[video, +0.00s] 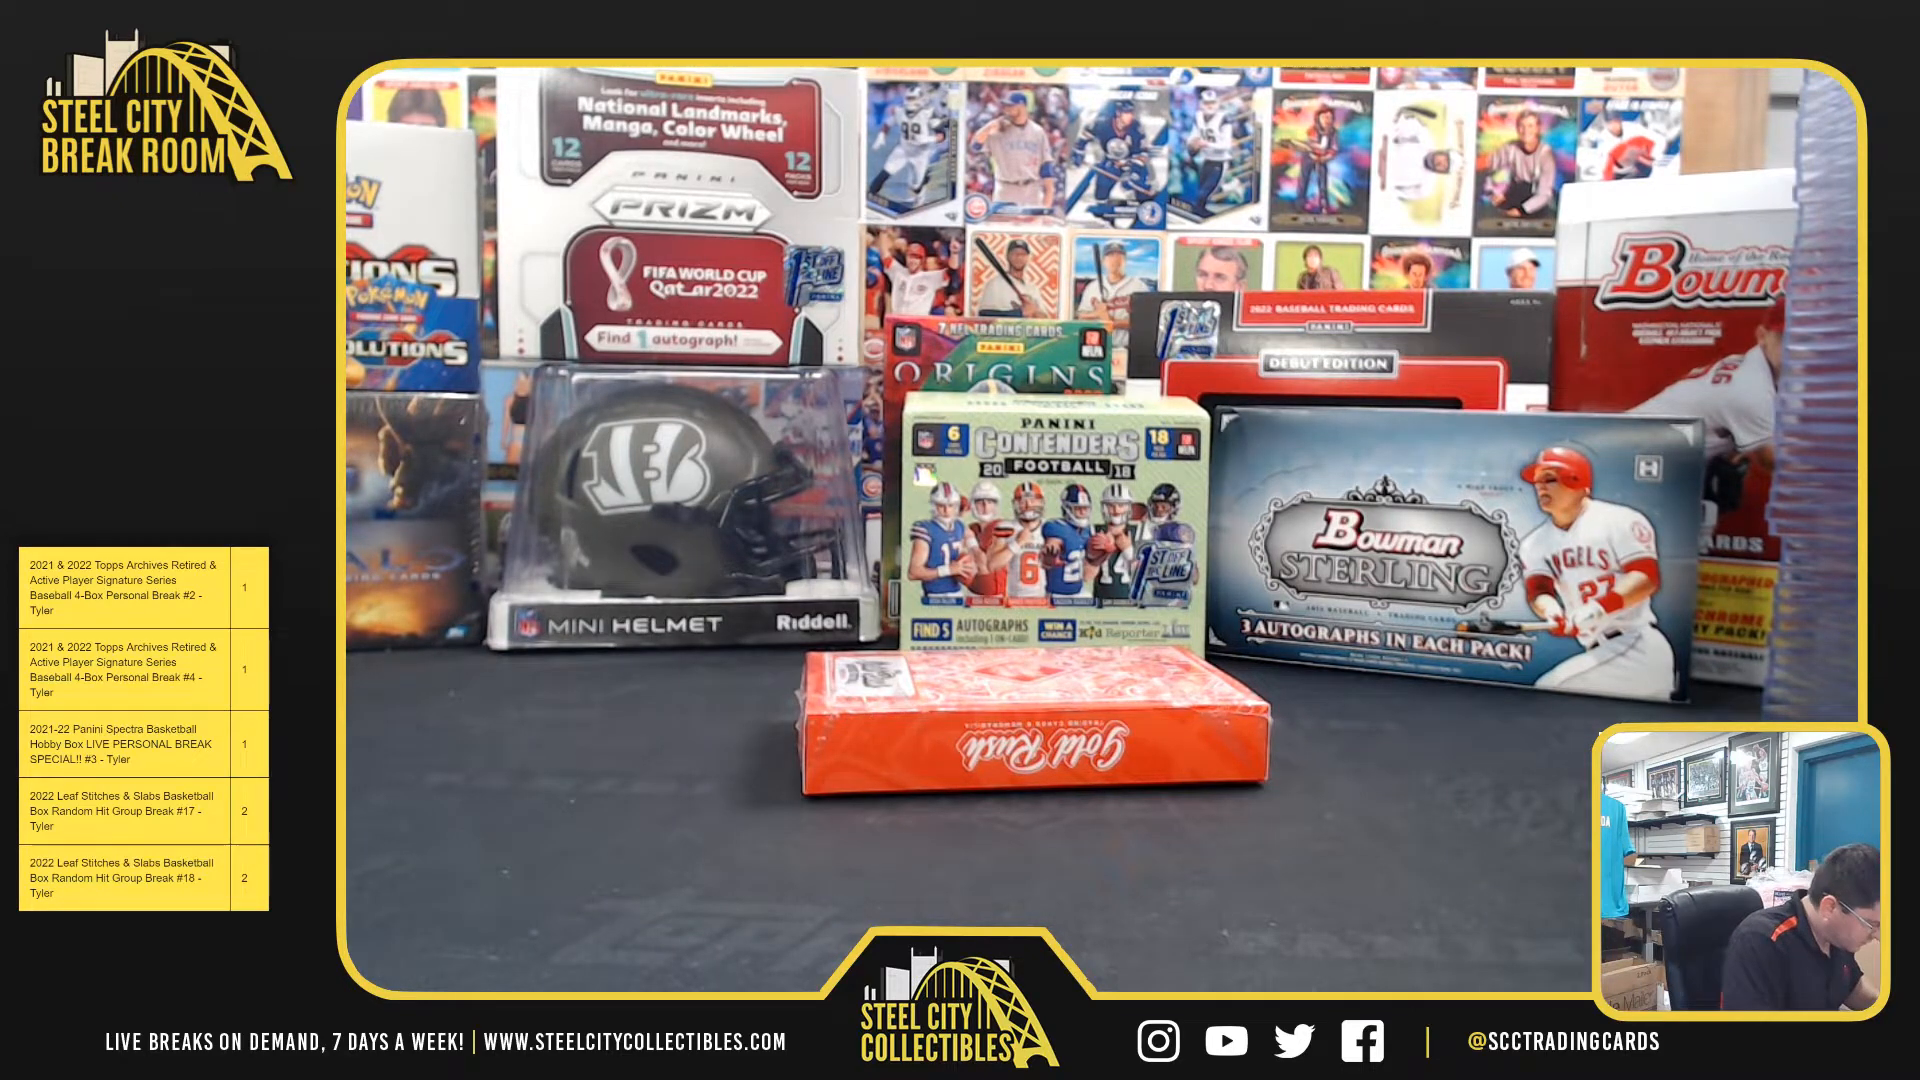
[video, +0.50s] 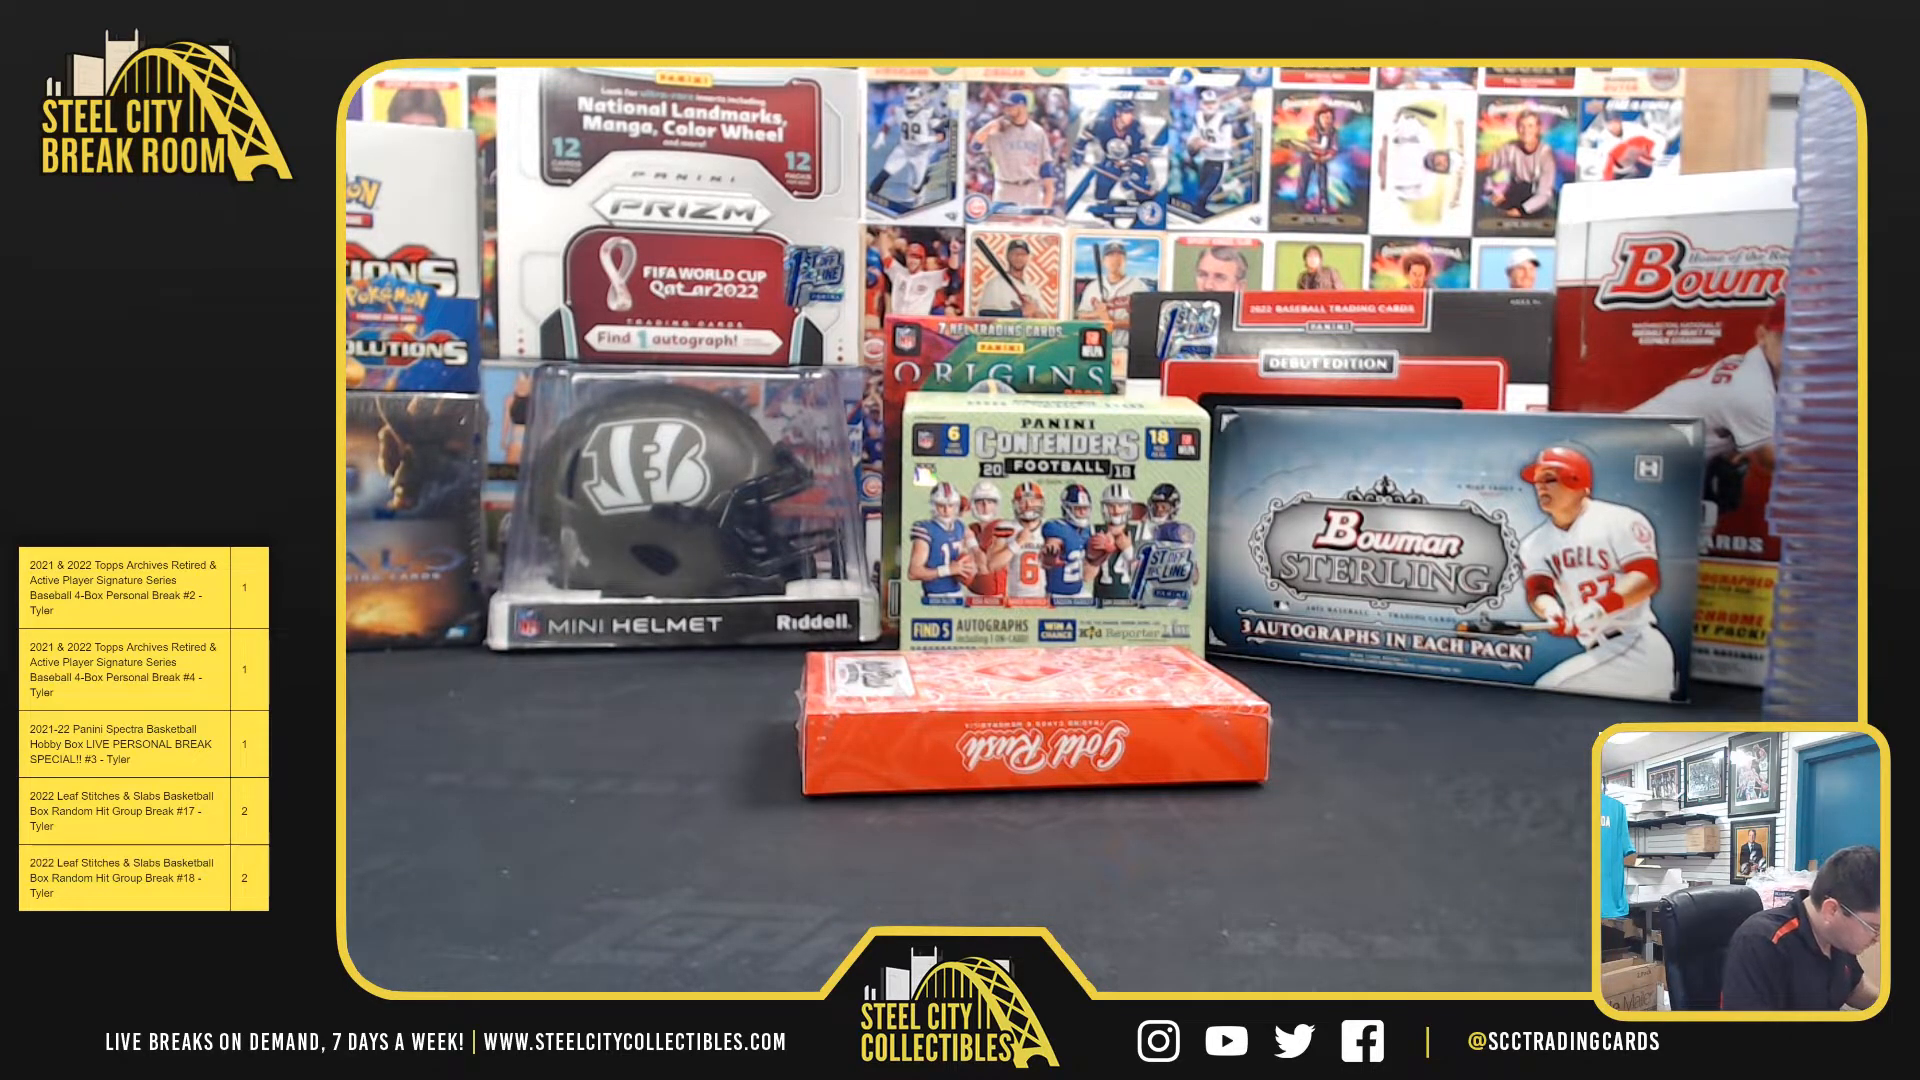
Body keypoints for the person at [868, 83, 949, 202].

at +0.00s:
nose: (910, 103)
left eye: (913, 99)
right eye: (908, 99)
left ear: (920, 100)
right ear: (905, 100)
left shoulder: (928, 115)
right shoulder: (899, 113)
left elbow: (942, 135)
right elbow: (887, 125)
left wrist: (928, 139)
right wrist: (881, 138)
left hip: (921, 153)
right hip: (903, 150)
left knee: (915, 186)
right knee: (886, 172)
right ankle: (868, 197)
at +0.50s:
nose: (910, 103)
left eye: (913, 99)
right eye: (908, 99)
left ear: (920, 100)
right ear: (905, 100)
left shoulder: (928, 114)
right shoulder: (899, 113)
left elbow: (942, 135)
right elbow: (887, 125)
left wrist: (928, 139)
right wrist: (881, 138)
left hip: (921, 153)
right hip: (903, 150)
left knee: (915, 187)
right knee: (885, 173)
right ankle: (868, 198)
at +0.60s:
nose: (910, 103)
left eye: (913, 99)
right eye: (908, 99)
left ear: (921, 100)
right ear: (905, 100)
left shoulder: (928, 114)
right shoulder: (900, 113)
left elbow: (942, 135)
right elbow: (887, 125)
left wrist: (928, 139)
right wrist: (881, 138)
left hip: (921, 153)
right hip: (903, 150)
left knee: (915, 187)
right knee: (885, 173)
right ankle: (868, 197)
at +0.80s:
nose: (910, 103)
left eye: (913, 99)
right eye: (908, 99)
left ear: (921, 100)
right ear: (905, 100)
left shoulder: (928, 114)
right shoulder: (900, 113)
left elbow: (942, 135)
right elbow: (887, 125)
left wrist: (928, 139)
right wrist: (881, 138)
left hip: (921, 153)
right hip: (903, 150)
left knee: (915, 187)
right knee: (885, 173)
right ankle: (868, 197)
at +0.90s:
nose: (910, 103)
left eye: (913, 99)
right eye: (908, 99)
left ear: (920, 100)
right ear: (905, 100)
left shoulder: (928, 114)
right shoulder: (899, 113)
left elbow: (942, 135)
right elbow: (887, 125)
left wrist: (928, 139)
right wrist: (881, 138)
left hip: (921, 153)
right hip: (903, 150)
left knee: (915, 187)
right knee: (885, 173)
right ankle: (868, 198)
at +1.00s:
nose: (910, 102)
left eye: (913, 99)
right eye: (908, 99)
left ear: (920, 100)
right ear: (905, 100)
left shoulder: (928, 114)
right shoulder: (900, 113)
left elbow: (942, 135)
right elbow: (887, 125)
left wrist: (928, 139)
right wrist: (881, 138)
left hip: (921, 153)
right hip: (903, 150)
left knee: (915, 186)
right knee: (885, 173)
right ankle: (868, 197)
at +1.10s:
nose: (910, 102)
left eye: (913, 99)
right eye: (908, 99)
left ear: (920, 100)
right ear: (905, 100)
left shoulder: (928, 114)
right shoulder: (899, 113)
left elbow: (942, 135)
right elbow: (887, 125)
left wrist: (928, 139)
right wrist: (881, 138)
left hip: (921, 153)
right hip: (903, 150)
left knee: (915, 186)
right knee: (885, 173)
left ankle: (919, 196)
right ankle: (868, 198)